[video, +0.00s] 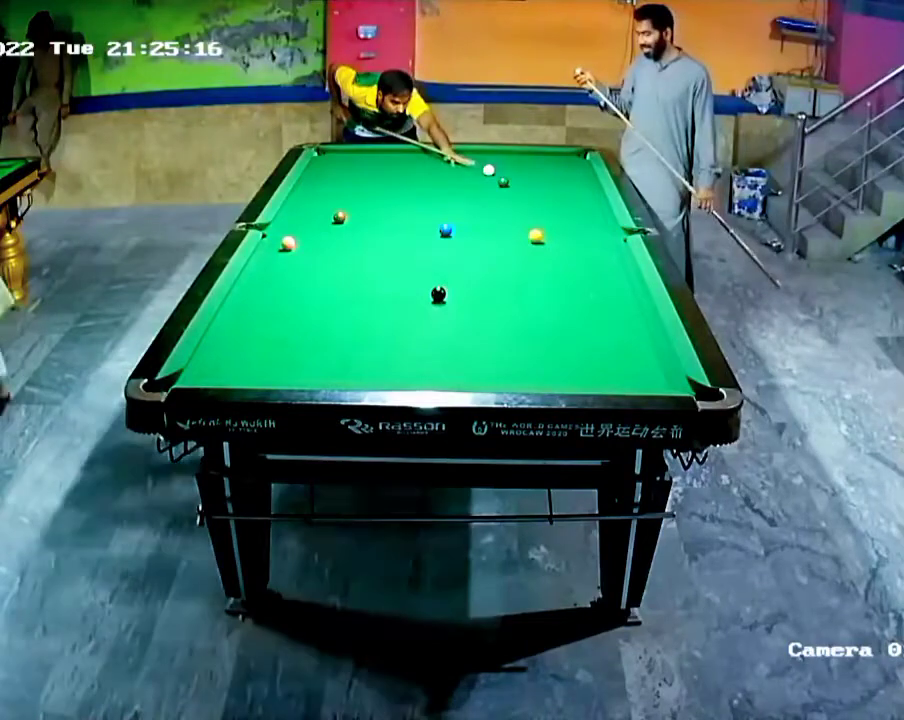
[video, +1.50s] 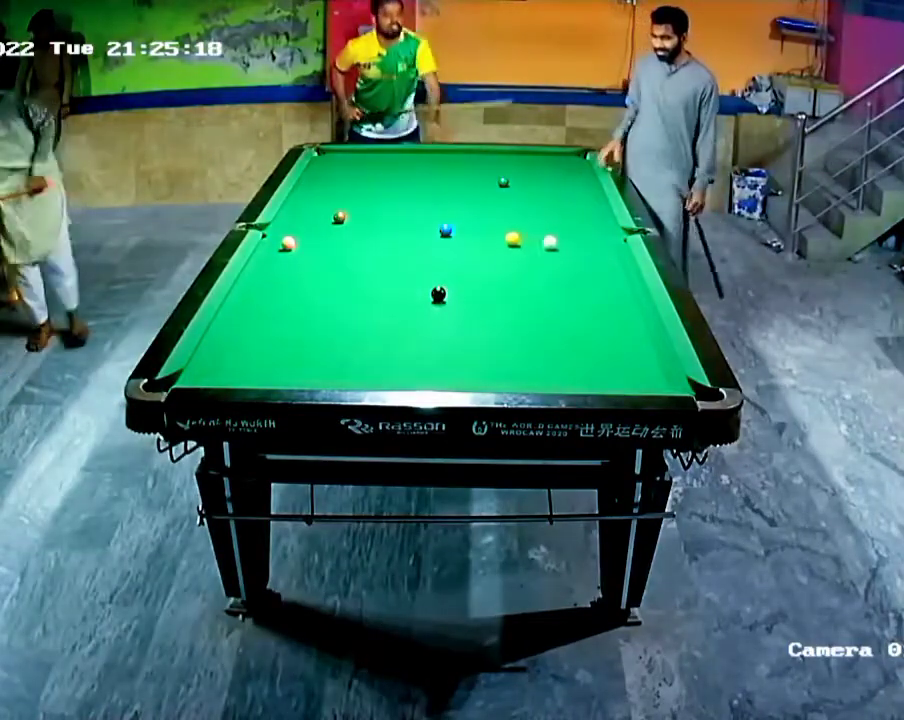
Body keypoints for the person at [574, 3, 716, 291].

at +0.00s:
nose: (641, 41)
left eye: (647, 34)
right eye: (638, 34)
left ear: (666, 33)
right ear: (635, 33)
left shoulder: (694, 74)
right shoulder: (640, 64)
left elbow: (704, 131)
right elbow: (622, 105)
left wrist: (704, 182)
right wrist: (594, 87)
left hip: (668, 175)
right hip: (632, 167)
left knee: (668, 249)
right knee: (631, 241)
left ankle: (675, 313)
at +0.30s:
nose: (639, 43)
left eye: (645, 36)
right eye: (637, 36)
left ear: (666, 35)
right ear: (636, 35)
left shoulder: (695, 74)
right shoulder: (640, 65)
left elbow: (704, 131)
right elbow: (624, 106)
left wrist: (701, 182)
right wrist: (593, 87)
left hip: (670, 173)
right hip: (633, 166)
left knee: (670, 246)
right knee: (634, 240)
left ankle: (677, 310)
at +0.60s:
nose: (643, 43)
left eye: (650, 36)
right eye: (639, 36)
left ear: (669, 35)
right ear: (635, 35)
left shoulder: (695, 74)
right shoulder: (639, 65)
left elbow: (700, 133)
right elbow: (632, 112)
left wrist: (696, 182)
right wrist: (604, 125)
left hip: (668, 179)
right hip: (632, 173)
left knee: (671, 252)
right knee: (632, 243)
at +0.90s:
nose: (646, 42)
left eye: (653, 35)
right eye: (642, 35)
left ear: (669, 33)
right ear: (637, 35)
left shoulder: (695, 74)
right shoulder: (639, 65)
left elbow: (701, 131)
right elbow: (626, 110)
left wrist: (695, 179)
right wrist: (614, 146)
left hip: (669, 180)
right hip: (632, 174)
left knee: (668, 253)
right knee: (630, 246)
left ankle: (672, 314)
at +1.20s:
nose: (652, 43)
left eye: (659, 36)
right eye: (647, 36)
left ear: (675, 34)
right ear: (643, 34)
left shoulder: (699, 77)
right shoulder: (639, 65)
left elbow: (702, 134)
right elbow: (626, 110)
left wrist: (696, 184)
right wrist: (614, 146)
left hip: (670, 181)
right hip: (632, 175)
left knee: (670, 253)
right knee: (630, 246)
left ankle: (674, 316)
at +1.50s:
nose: (658, 44)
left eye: (666, 38)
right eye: (654, 37)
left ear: (683, 38)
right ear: (649, 35)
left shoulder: (703, 80)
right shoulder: (643, 66)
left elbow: (706, 137)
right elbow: (632, 108)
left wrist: (700, 185)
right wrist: (617, 138)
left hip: (672, 180)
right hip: (635, 173)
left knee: (670, 252)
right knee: (634, 246)